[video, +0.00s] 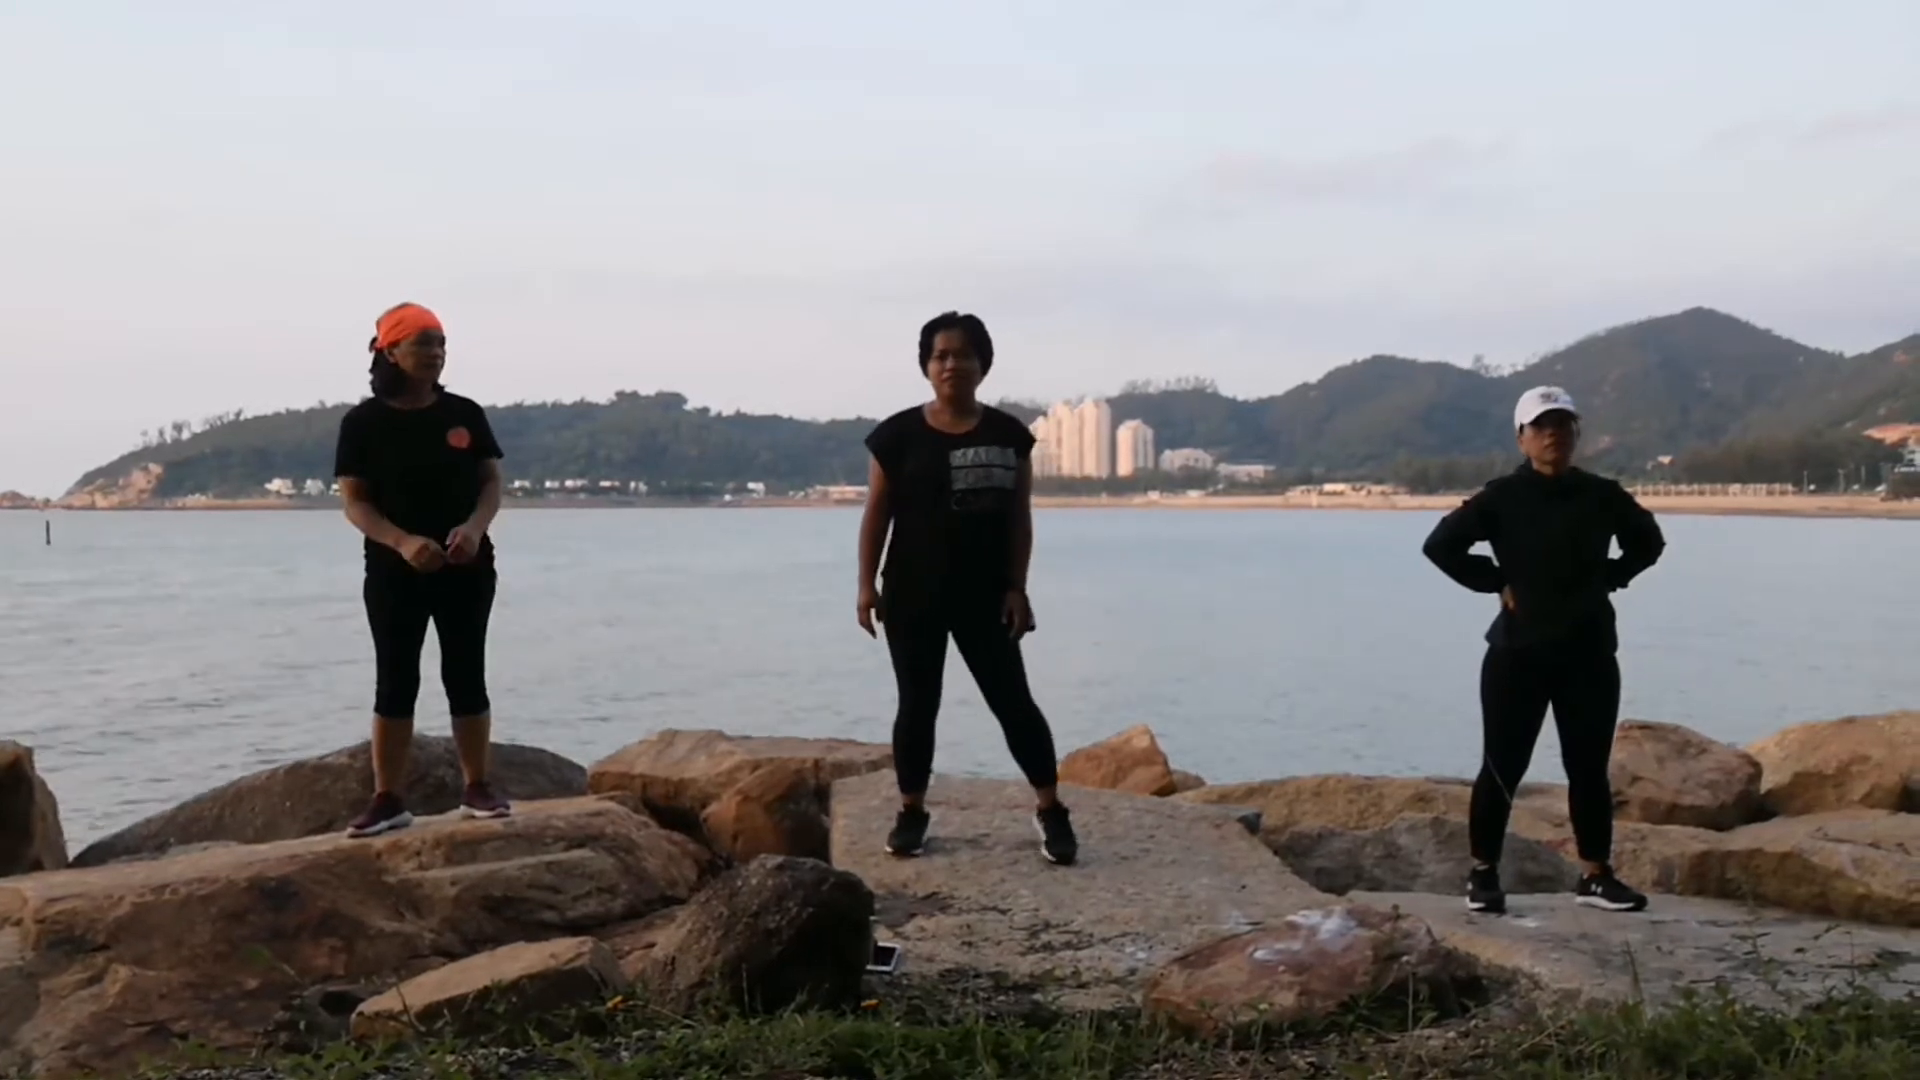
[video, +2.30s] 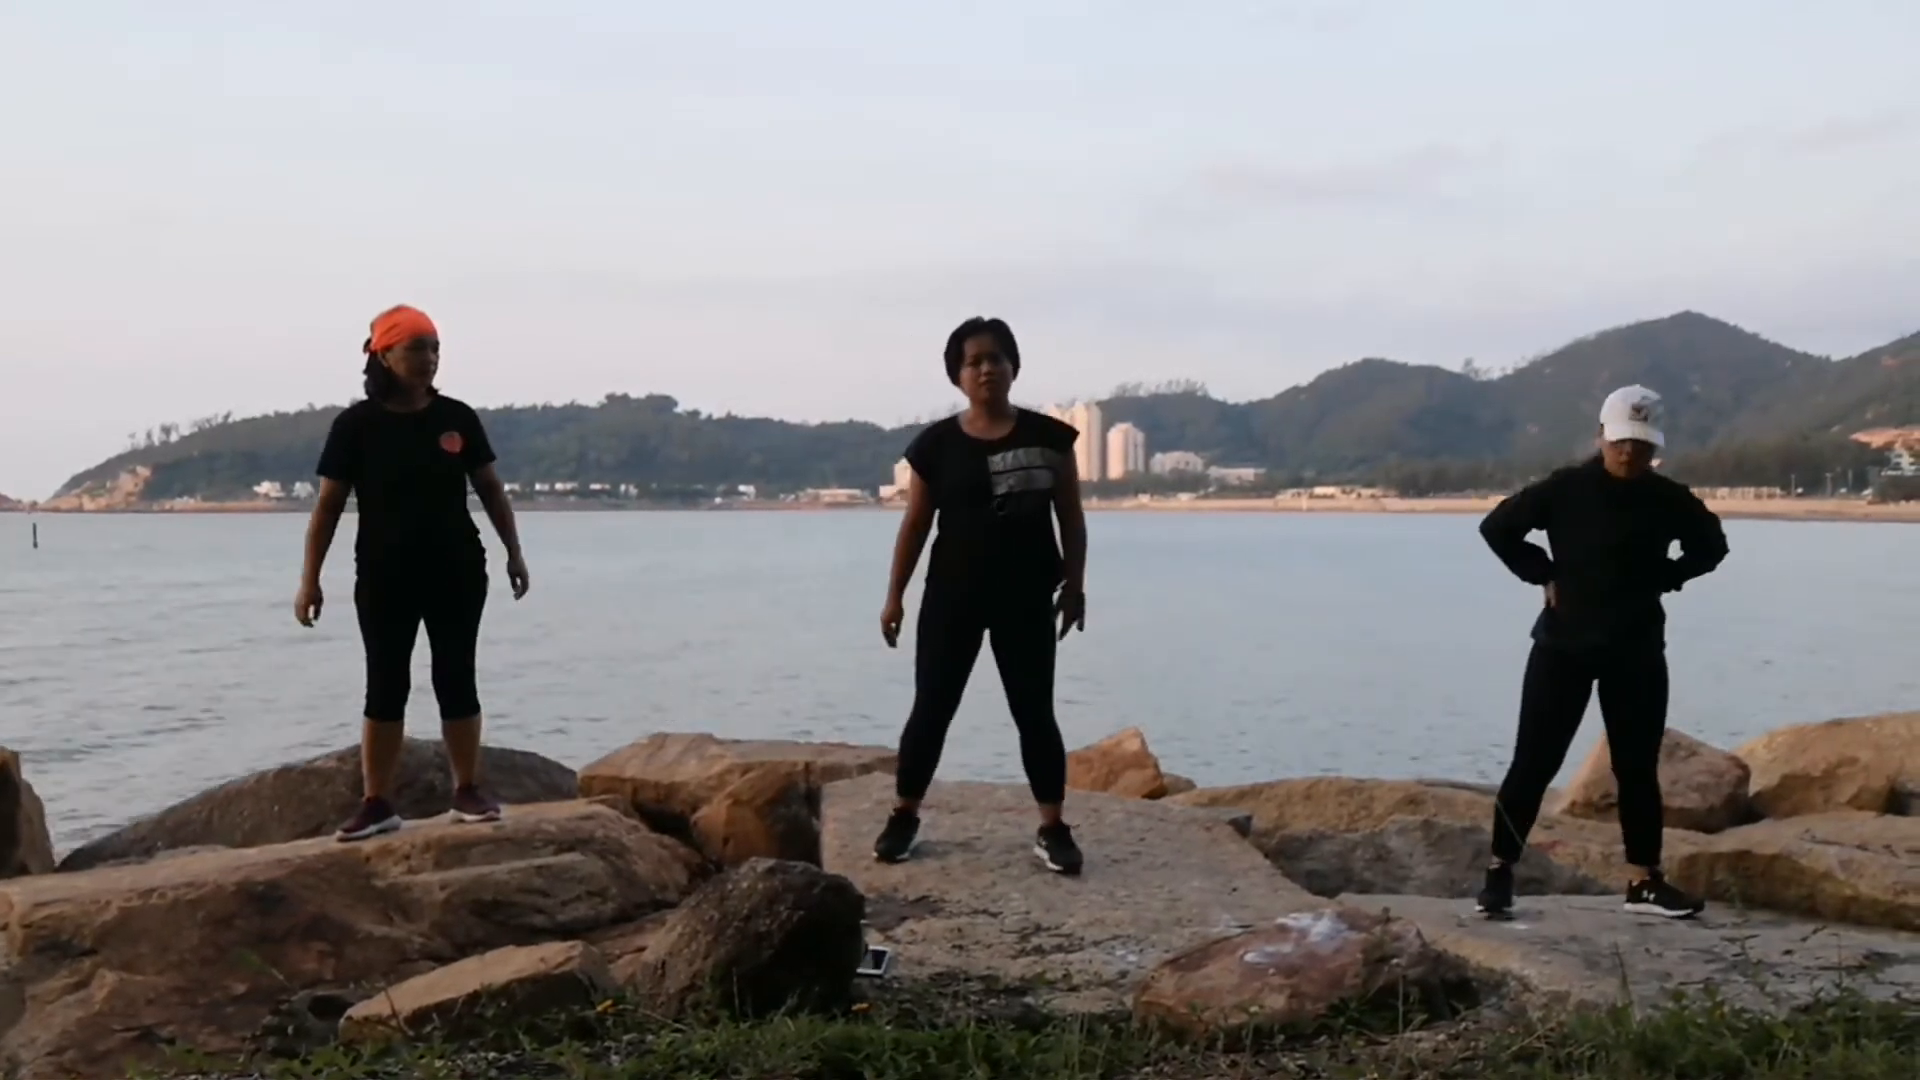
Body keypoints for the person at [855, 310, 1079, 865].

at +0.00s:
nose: (951, 365)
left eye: (963, 356)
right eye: (941, 356)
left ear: (983, 365)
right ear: (926, 365)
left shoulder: (1010, 435)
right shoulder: (897, 435)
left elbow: (1020, 518)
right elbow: (876, 515)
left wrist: (1018, 587)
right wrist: (866, 584)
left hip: (984, 595)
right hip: (914, 595)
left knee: (1016, 706)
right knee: (916, 707)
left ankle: (1051, 811)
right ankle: (911, 812)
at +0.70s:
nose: (1003, 368)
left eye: (1015, 357)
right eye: (992, 360)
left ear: (1037, 363)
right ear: (981, 370)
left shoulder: (1072, 430)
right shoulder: (962, 436)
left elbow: (1100, 498)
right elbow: (938, 519)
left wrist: (1039, 522)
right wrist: (933, 589)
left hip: (1047, 595)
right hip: (977, 593)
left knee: (1049, 710)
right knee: (953, 705)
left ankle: (1052, 824)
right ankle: (917, 809)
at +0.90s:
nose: (1020, 366)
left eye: (1032, 356)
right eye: (1010, 356)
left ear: (1054, 365)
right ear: (996, 367)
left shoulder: (1078, 426)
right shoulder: (973, 429)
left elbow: (1057, 482)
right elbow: (964, 510)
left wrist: (984, 460)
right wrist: (966, 584)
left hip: (1048, 590)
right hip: (981, 585)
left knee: (1048, 710)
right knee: (951, 703)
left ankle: (1051, 824)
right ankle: (917, 811)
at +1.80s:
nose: (946, 370)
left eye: (957, 360)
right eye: (935, 360)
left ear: (972, 369)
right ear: (915, 369)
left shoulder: (995, 434)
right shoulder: (891, 437)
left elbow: (999, 511)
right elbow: (887, 522)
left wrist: (927, 502)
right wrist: (895, 597)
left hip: (972, 591)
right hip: (906, 590)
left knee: (1002, 706)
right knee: (906, 710)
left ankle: (1032, 815)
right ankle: (903, 815)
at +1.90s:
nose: (945, 369)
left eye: (954, 359)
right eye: (933, 360)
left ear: (970, 367)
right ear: (913, 369)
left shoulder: (995, 433)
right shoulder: (885, 441)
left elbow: (1010, 511)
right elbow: (877, 528)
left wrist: (957, 536)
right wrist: (890, 594)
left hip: (975, 592)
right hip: (907, 591)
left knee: (1006, 704)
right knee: (906, 711)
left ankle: (1038, 814)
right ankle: (903, 815)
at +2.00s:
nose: (948, 370)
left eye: (957, 360)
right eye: (936, 361)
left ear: (973, 368)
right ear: (916, 371)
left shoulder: (1001, 437)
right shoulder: (888, 445)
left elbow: (1023, 519)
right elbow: (874, 527)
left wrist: (992, 571)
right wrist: (881, 592)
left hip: (979, 594)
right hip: (910, 598)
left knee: (1011, 709)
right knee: (907, 714)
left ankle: (1046, 817)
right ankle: (902, 817)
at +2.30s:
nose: (986, 371)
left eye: (996, 360)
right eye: (974, 362)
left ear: (1013, 368)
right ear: (957, 374)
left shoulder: (1050, 439)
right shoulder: (935, 447)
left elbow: (1071, 518)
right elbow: (914, 526)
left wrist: (1075, 583)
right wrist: (895, 594)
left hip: (1026, 600)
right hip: (953, 600)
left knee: (1036, 714)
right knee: (930, 710)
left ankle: (1053, 826)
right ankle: (904, 817)